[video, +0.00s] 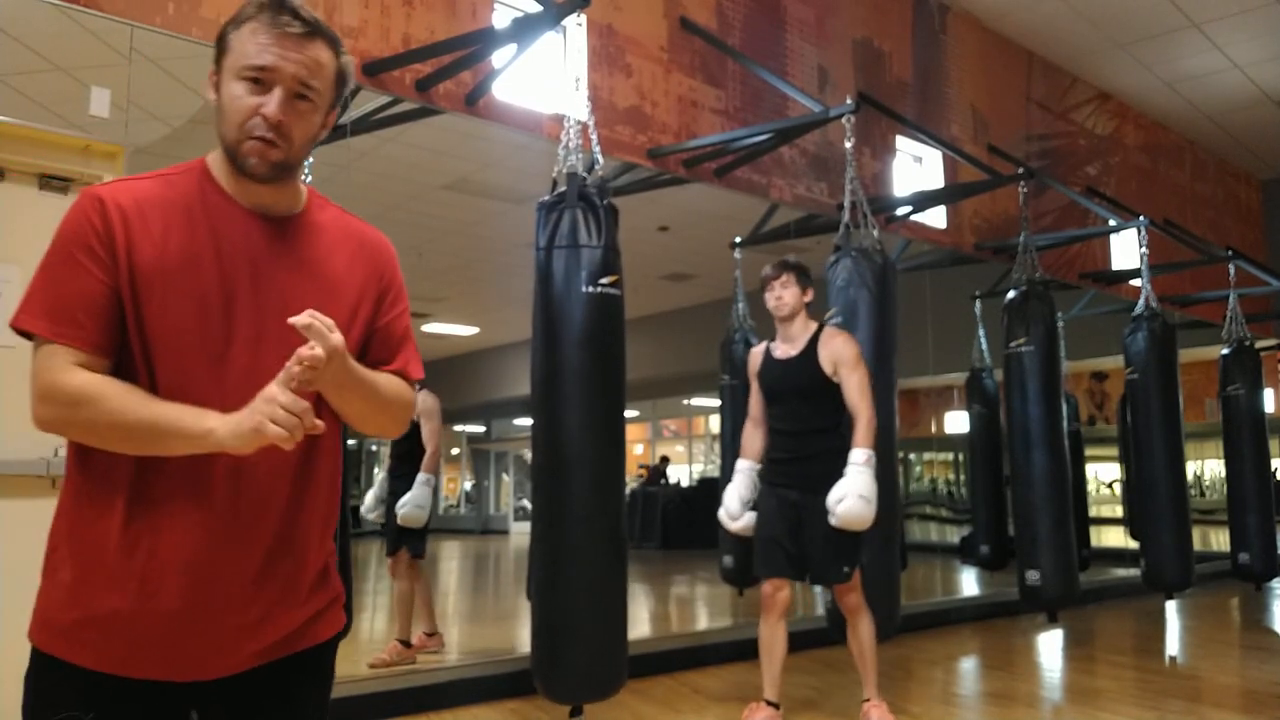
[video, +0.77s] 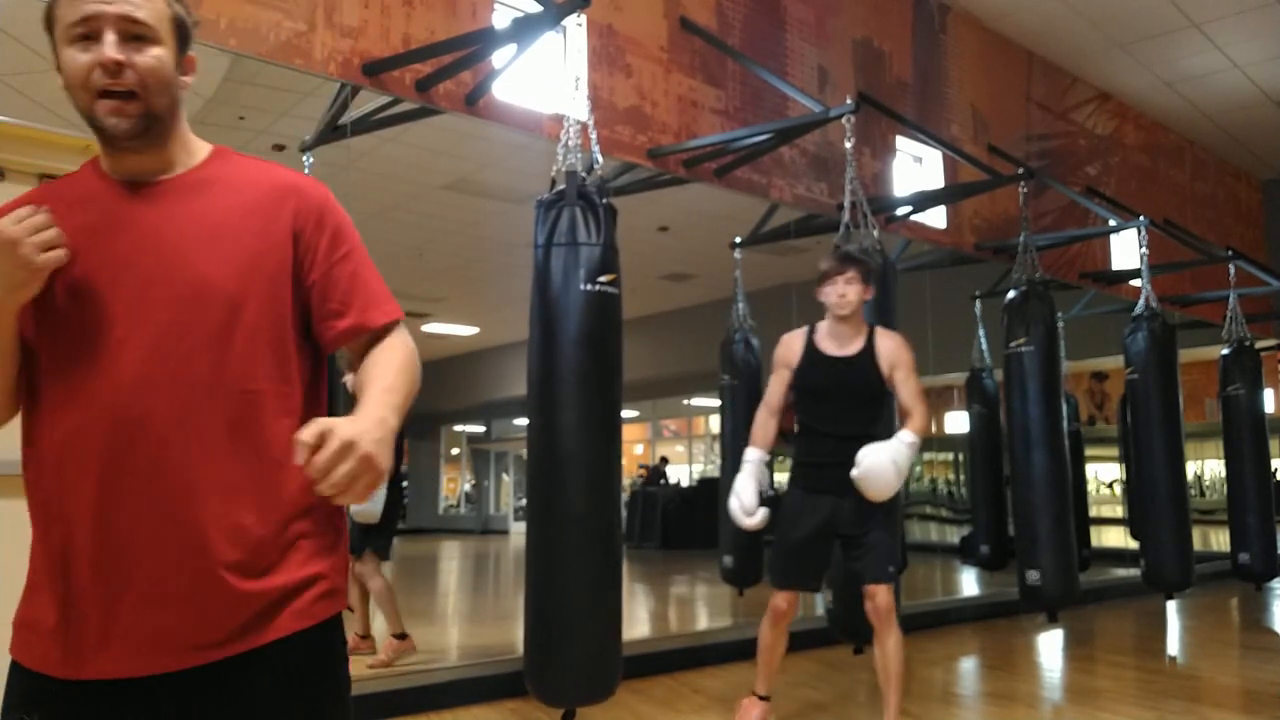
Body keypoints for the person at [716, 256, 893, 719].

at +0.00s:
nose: (776, 293)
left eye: (785, 285)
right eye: (770, 288)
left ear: (807, 294)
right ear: (765, 300)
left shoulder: (836, 343)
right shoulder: (760, 356)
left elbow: (864, 413)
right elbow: (755, 424)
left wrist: (860, 472)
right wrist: (742, 484)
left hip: (831, 489)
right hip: (777, 491)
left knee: (849, 598)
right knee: (773, 597)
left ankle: (872, 699)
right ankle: (769, 704)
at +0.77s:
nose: (840, 289)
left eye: (851, 282)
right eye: (833, 281)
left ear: (868, 291)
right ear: (820, 290)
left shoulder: (888, 346)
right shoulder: (794, 344)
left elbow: (919, 414)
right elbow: (769, 412)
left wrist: (899, 450)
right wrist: (752, 469)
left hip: (870, 495)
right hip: (806, 494)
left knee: (880, 602)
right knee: (781, 604)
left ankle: (892, 714)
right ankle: (759, 698)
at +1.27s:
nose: (880, 294)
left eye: (890, 285)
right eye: (871, 285)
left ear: (908, 292)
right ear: (860, 291)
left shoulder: (924, 350)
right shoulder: (830, 338)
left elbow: (937, 420)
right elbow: (792, 404)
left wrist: (925, 436)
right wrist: (776, 466)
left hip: (888, 497)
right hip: (829, 494)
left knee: (895, 610)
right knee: (792, 605)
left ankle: (894, 716)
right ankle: (749, 689)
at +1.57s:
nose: (879, 291)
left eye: (888, 282)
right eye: (870, 283)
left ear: (905, 289)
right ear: (857, 289)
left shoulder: (921, 348)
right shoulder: (826, 337)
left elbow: (935, 418)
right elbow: (789, 404)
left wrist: (923, 433)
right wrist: (773, 466)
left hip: (886, 495)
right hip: (828, 492)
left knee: (892, 609)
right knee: (793, 605)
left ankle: (893, 716)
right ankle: (752, 689)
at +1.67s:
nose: (873, 292)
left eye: (883, 282)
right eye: (864, 283)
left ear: (901, 289)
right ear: (854, 290)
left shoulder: (919, 348)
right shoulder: (823, 338)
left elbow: (933, 418)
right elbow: (786, 405)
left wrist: (921, 433)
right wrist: (771, 467)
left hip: (884, 496)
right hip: (825, 492)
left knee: (891, 609)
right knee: (792, 605)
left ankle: (893, 716)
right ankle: (752, 690)